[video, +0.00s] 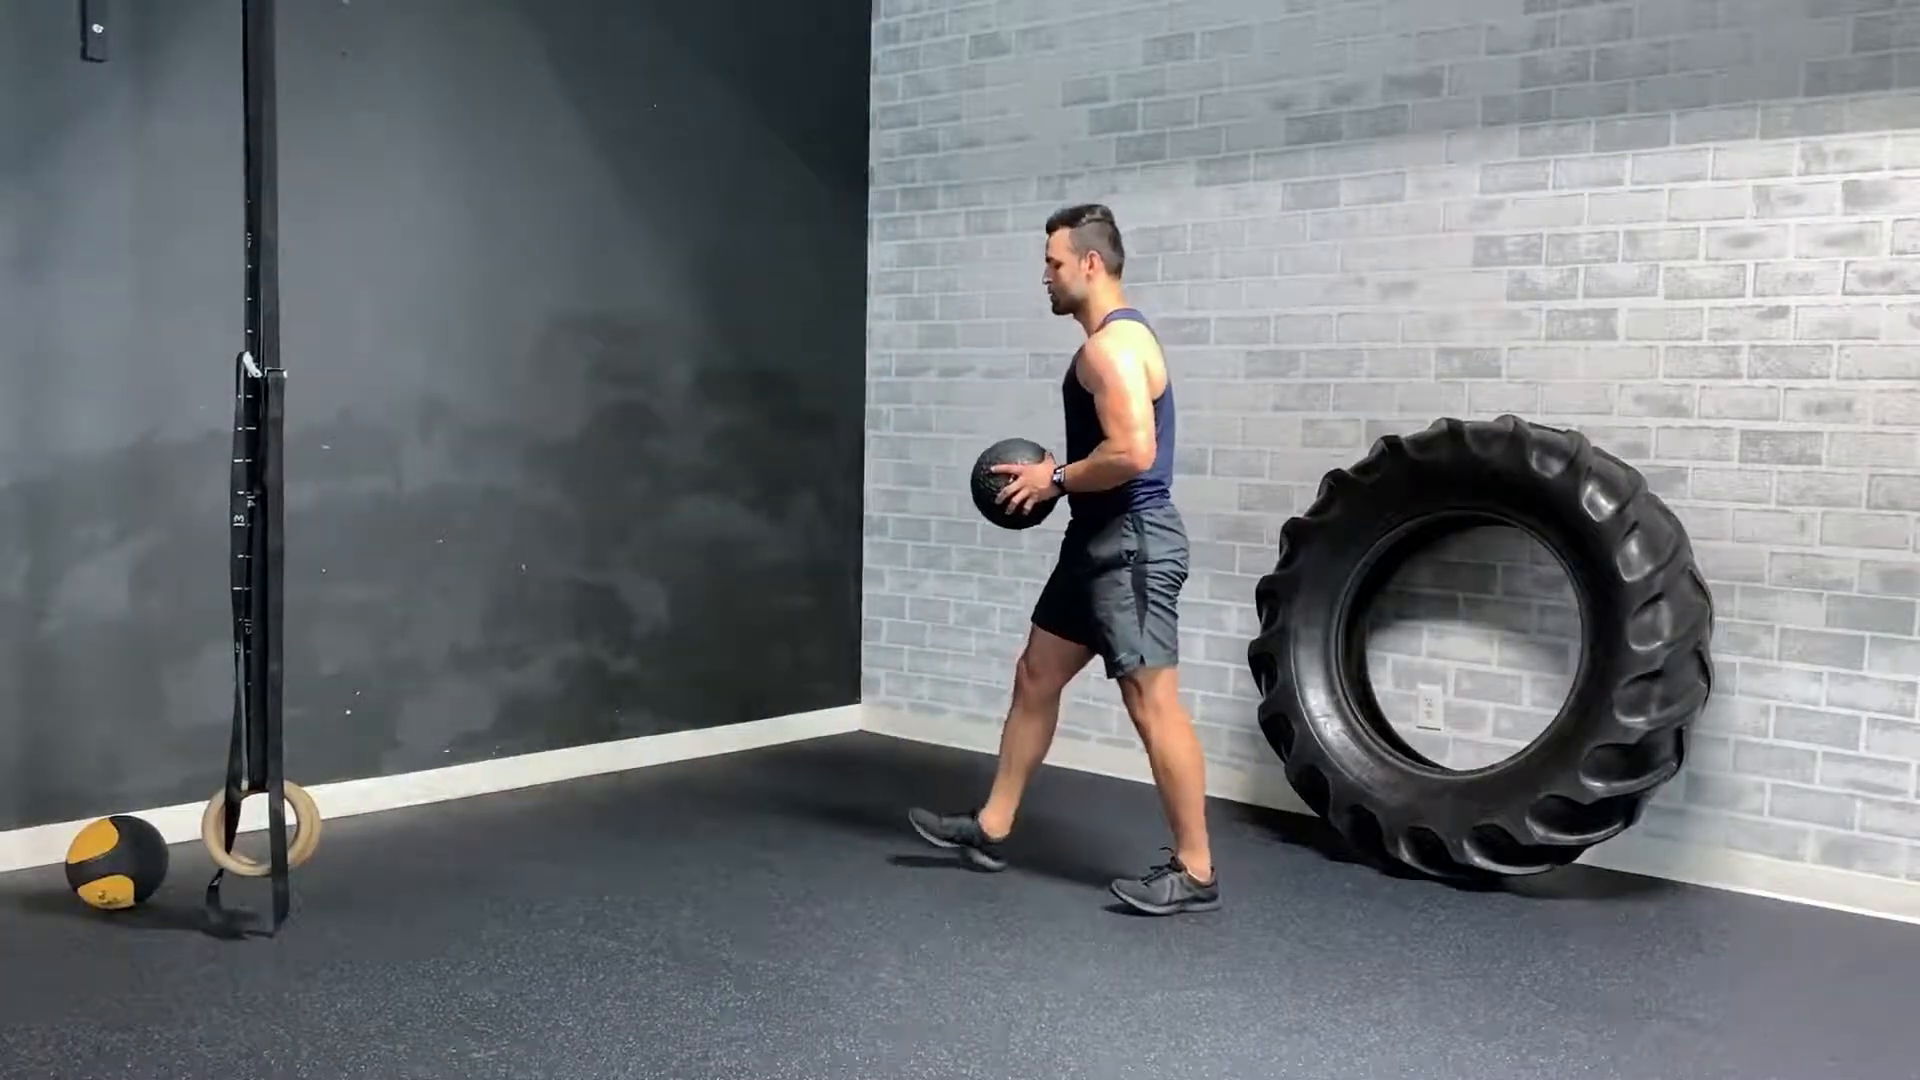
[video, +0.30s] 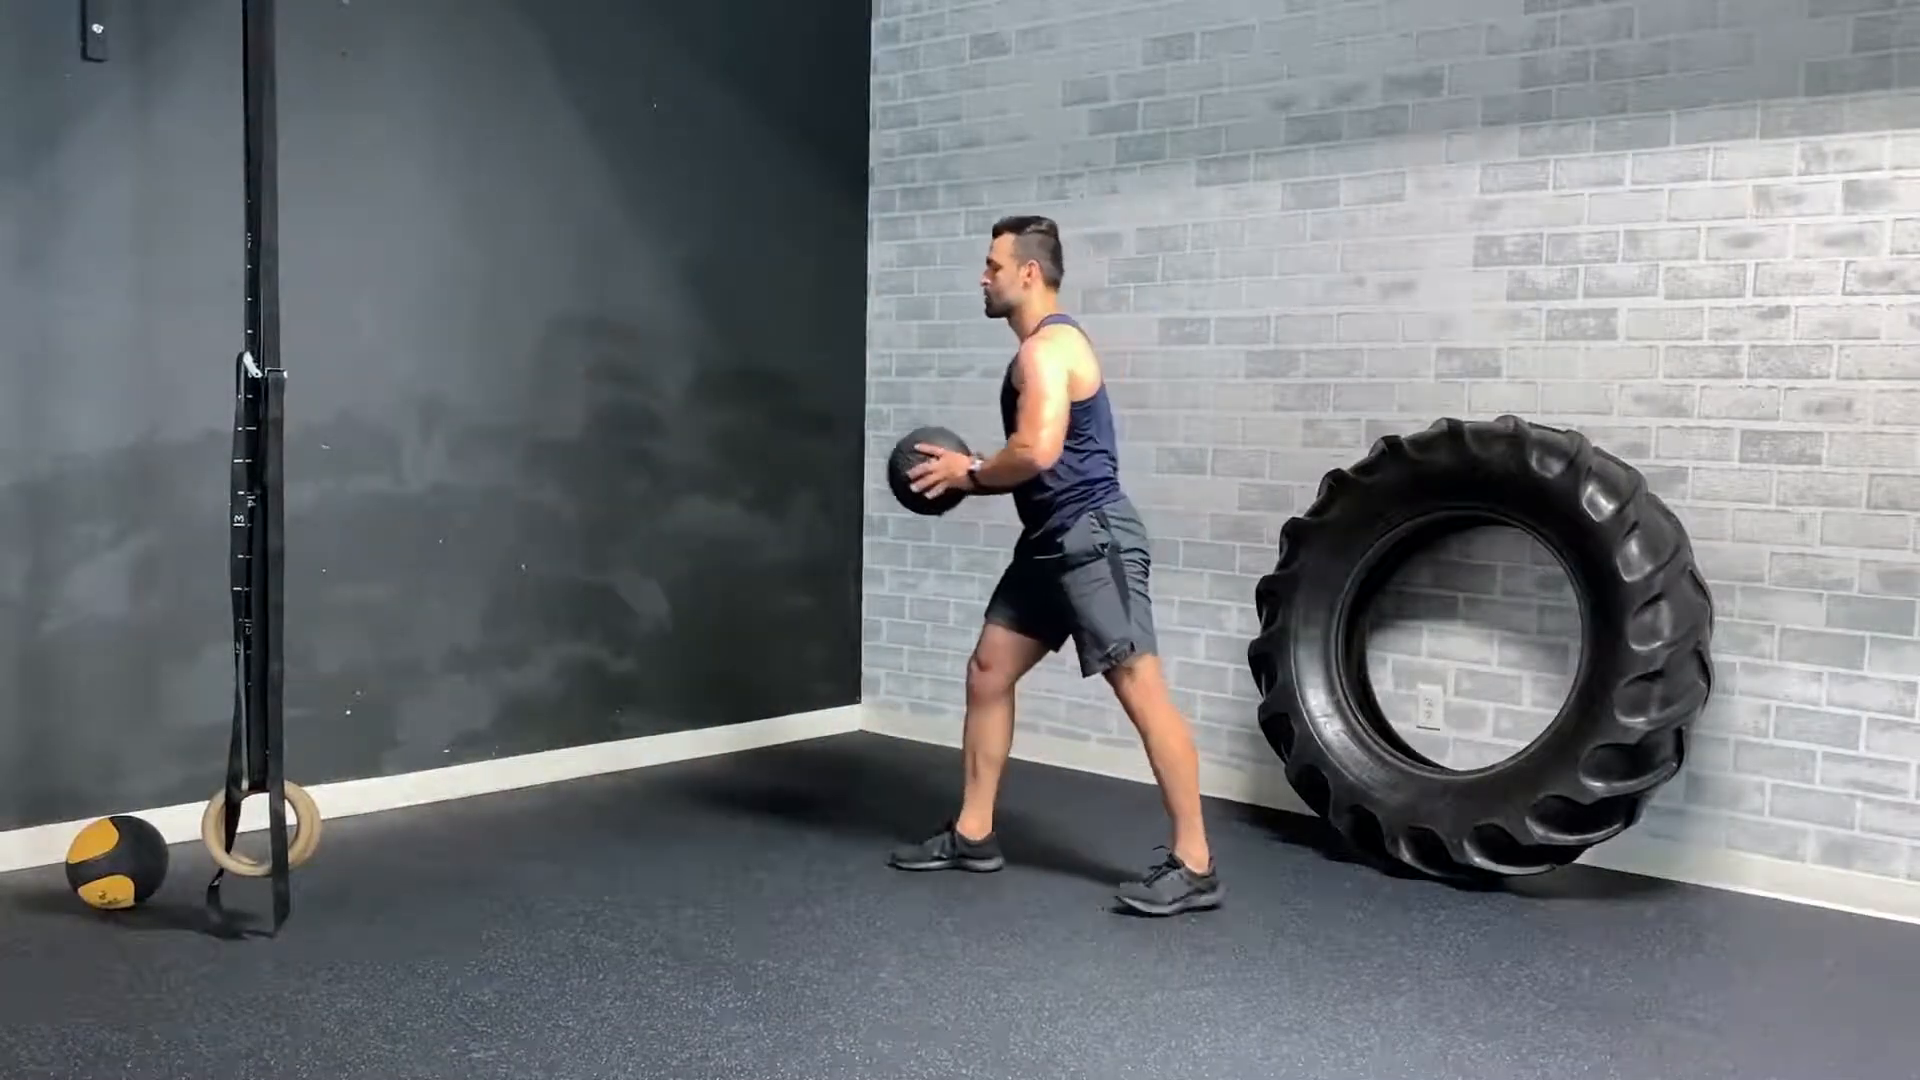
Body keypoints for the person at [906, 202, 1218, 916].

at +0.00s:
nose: (1045, 275)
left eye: (1054, 262)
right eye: (1046, 262)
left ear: (1094, 264)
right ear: (1094, 267)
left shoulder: (1112, 346)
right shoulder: (1118, 340)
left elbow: (1134, 453)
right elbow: (1123, 453)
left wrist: (1058, 477)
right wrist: (1052, 474)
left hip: (1133, 543)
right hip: (1098, 540)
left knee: (1152, 701)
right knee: (1036, 679)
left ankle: (1195, 868)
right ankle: (991, 829)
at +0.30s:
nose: (983, 278)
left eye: (993, 267)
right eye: (985, 267)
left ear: (1032, 274)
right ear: (1031, 277)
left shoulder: (1047, 348)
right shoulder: (1042, 350)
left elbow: (1035, 452)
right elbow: (1040, 455)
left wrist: (971, 474)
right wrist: (975, 469)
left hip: (1094, 538)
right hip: (1051, 544)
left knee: (1143, 692)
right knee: (988, 677)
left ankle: (1194, 862)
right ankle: (973, 836)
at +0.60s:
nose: (992, 276)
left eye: (1002, 265)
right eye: (995, 265)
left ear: (1038, 272)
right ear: (1039, 273)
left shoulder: (1054, 346)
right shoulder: (1041, 346)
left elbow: (978, 433)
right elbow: (981, 427)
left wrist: (909, 396)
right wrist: (911, 398)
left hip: (1103, 537)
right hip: (1052, 546)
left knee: (1166, 683)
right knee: (992, 677)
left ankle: (1252, 842)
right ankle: (974, 838)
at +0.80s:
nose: (1036, 284)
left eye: (1046, 272)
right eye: (1039, 273)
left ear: (1083, 277)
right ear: (1083, 278)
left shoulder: (1100, 355)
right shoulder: (1071, 352)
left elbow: (1010, 427)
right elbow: (999, 379)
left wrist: (955, 357)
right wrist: (953, 348)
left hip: (1126, 551)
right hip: (1073, 554)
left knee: (1179, 699)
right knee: (1001, 677)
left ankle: (1255, 859)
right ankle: (973, 837)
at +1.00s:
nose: (1074, 282)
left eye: (1083, 269)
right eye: (1074, 270)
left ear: (1120, 278)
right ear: (1116, 283)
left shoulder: (1142, 357)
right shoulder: (1099, 346)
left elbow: (1059, 431)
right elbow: (1004, 341)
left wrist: (1026, 353)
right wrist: (1011, 279)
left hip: (1145, 551)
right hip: (1090, 553)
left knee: (1194, 702)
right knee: (1025, 680)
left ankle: (1258, 863)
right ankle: (975, 837)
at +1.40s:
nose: (1105, 290)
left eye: (1115, 279)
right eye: (1105, 278)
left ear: (1154, 282)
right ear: (1134, 289)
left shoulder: (1185, 370)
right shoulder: (1126, 360)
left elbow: (1114, 456)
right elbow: (1051, 407)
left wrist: (1110, 371)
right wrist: (1037, 365)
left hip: (1149, 555)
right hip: (1094, 553)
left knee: (1190, 706)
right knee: (1033, 685)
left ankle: (1257, 861)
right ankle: (976, 835)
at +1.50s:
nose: (1098, 292)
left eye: (1109, 281)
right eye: (1099, 280)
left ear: (1150, 286)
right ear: (1136, 288)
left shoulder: (1185, 372)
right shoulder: (1128, 361)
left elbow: (1122, 463)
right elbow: (1095, 458)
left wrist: (1121, 377)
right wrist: (1025, 448)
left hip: (1143, 556)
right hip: (1089, 551)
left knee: (1183, 706)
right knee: (1023, 682)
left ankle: (1257, 861)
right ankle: (974, 835)